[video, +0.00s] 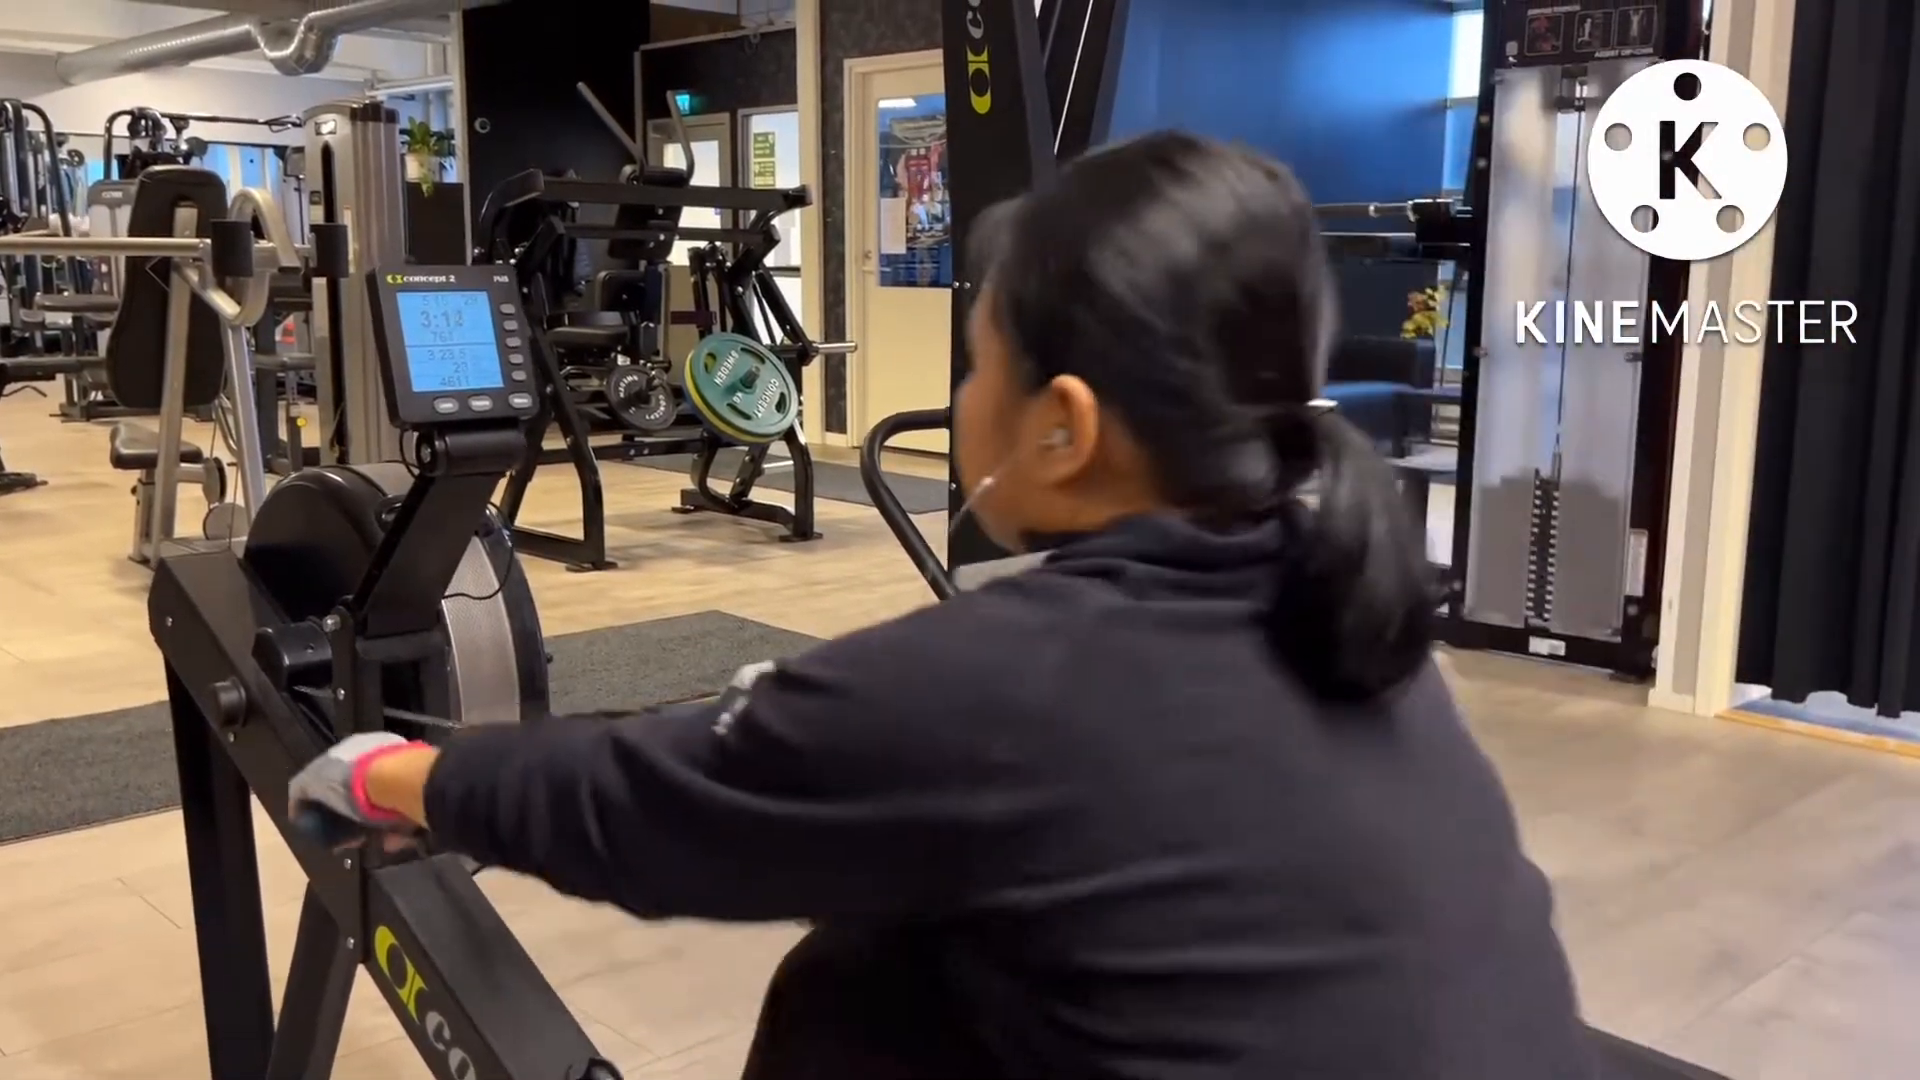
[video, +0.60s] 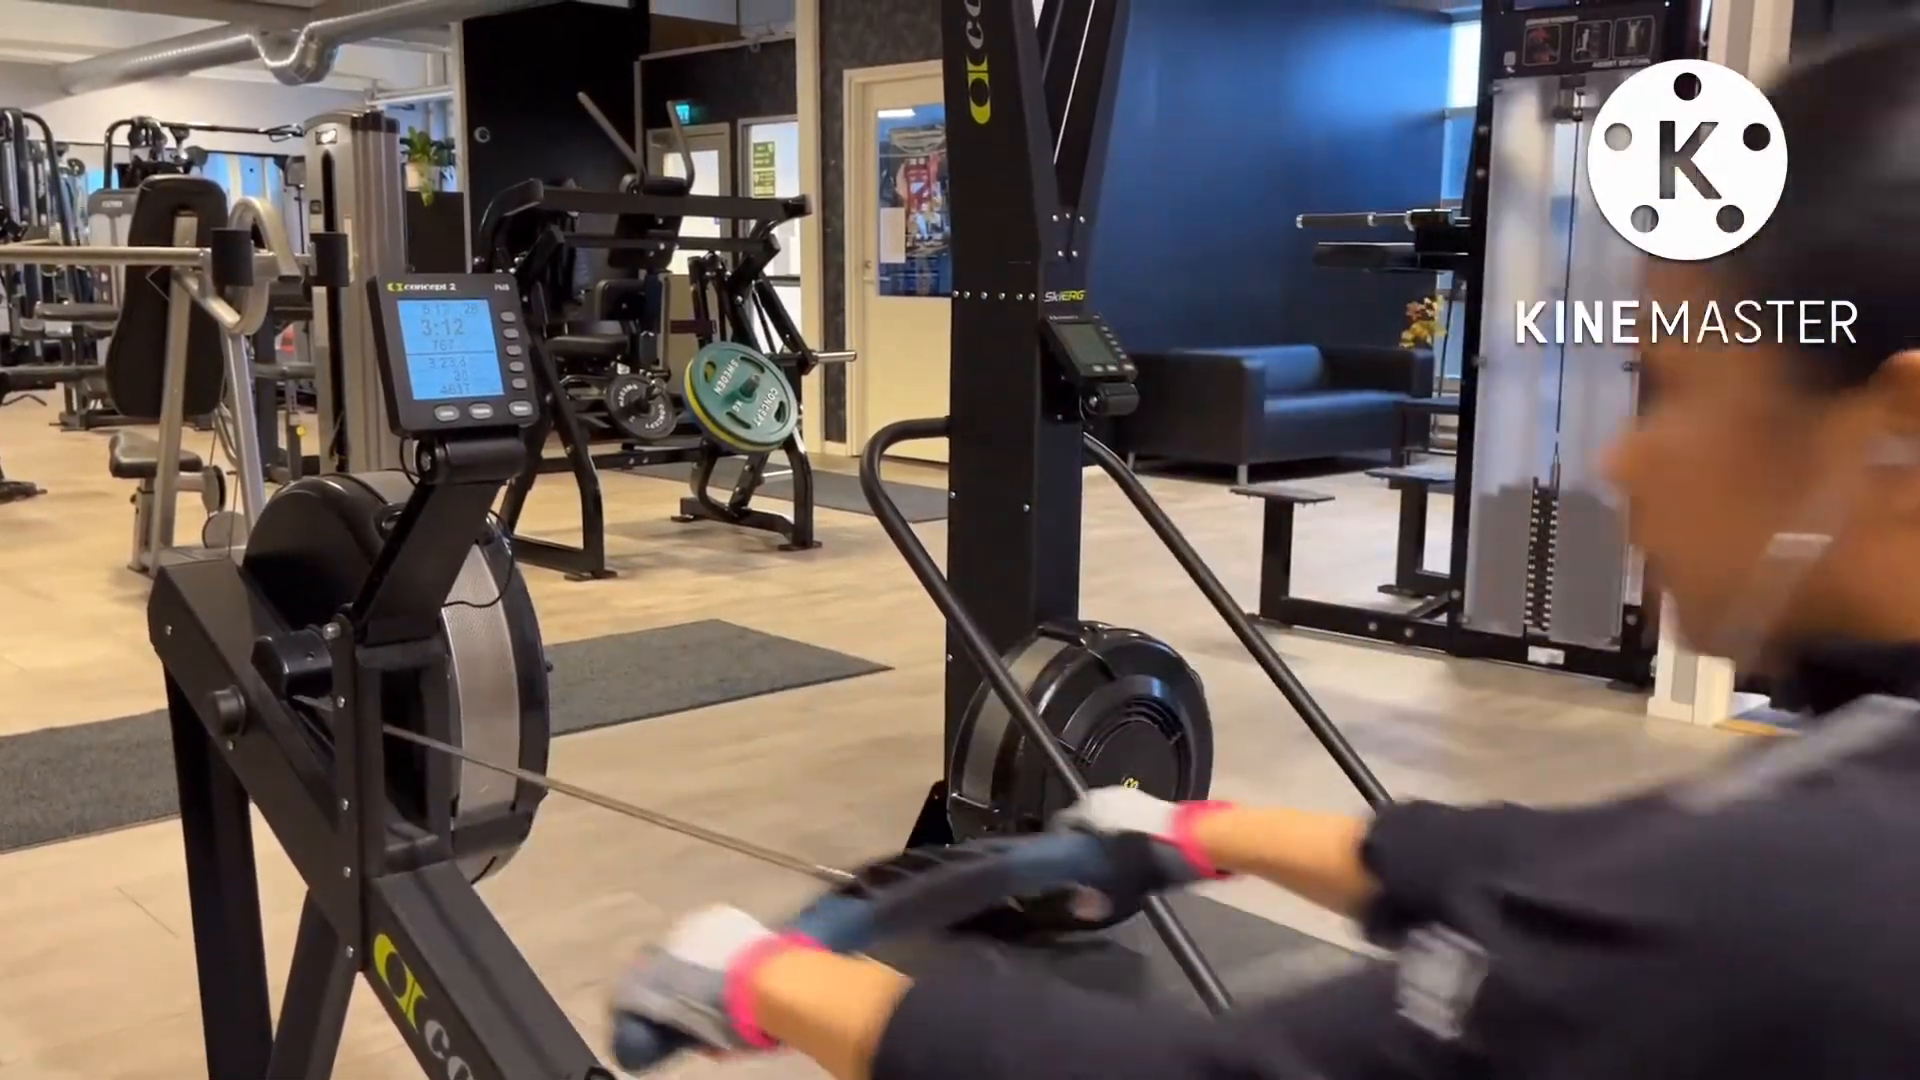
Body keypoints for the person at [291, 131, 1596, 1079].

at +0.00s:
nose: (958, 400)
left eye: (976, 363)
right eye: (970, 359)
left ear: (1072, 423)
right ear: (1266, 393)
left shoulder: (996, 677)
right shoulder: (1357, 589)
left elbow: (659, 794)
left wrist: (427, 775)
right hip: (1535, 1045)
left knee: (854, 971)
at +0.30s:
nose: (1068, 435)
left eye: (1089, 393)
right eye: (1075, 389)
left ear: (1217, 439)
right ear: (1401, 421)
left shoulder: (1140, 720)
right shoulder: (1509, 626)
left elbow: (806, 814)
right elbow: (1270, 689)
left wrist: (524, 809)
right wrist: (994, 692)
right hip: (1678, 1042)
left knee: (944, 1029)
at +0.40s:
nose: (1228, 455)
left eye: (1253, 403)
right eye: (1234, 401)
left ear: (1412, 446)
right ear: (1608, 428)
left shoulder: (1317, 789)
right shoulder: (1722, 718)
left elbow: (910, 895)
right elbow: (1422, 801)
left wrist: (623, 880)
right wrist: (1113, 775)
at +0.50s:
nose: (1406, 457)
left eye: (1439, 397)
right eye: (1420, 396)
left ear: (1646, 444)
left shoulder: (1533, 839)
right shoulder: (1882, 698)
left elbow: (1108, 986)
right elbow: (1530, 807)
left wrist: (737, 934)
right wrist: (1210, 813)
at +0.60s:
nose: (1613, 457)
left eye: (1667, 386)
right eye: (1640, 384)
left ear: (1888, 431)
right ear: (1877, 442)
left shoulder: (1767, 901)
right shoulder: (1855, 772)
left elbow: (1228, 1076)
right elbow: (1596, 866)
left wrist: (809, 988)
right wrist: (1238, 833)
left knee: (701, 985)